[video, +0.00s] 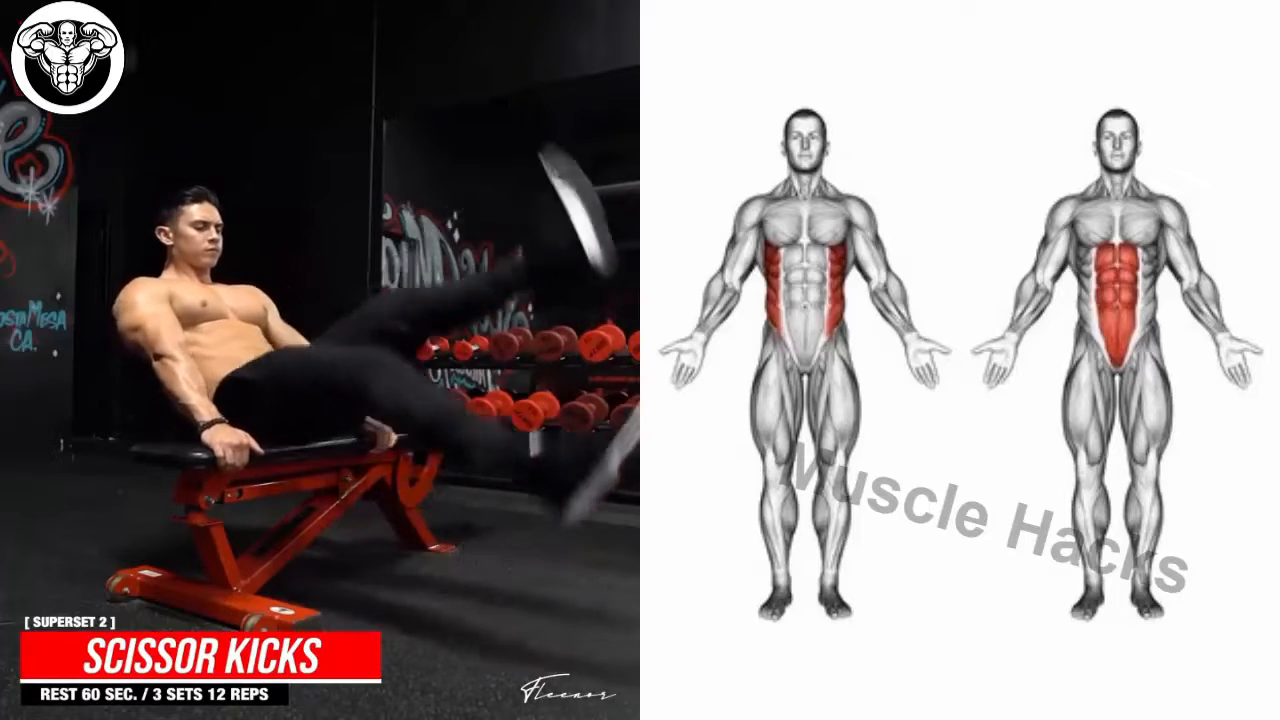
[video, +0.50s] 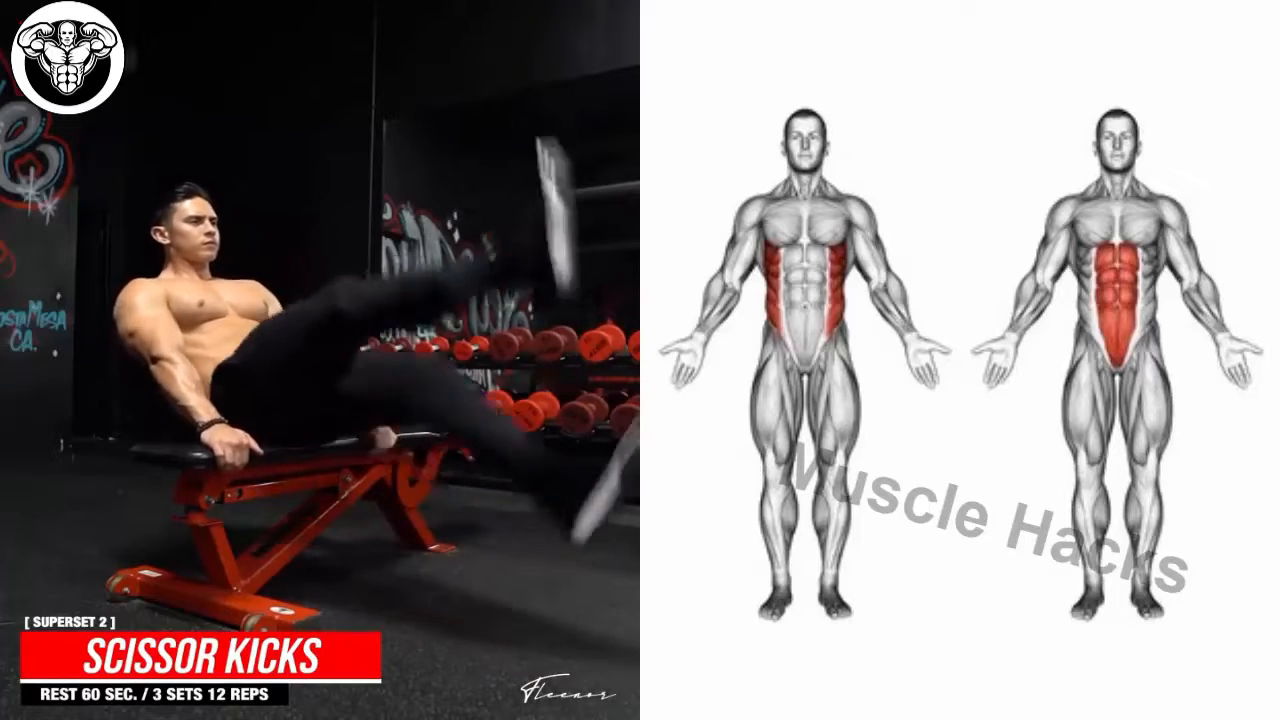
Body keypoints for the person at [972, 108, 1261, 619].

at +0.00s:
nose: (1116, 145)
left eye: (1124, 137)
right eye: (1109, 137)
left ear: (1137, 145)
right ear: (1097, 145)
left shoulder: (1164, 211)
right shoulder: (1070, 211)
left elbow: (1193, 282)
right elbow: (1041, 282)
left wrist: (1221, 335)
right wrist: (1012, 336)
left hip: (1144, 355)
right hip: (1089, 354)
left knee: (1145, 466)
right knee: (1088, 466)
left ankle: (1141, 582)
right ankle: (1092, 583)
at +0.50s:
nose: (1116, 145)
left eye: (1124, 138)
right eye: (1108, 138)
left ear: (1137, 145)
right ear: (1097, 145)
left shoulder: (1164, 211)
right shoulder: (1070, 211)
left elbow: (1193, 282)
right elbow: (1041, 282)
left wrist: (1222, 335)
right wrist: (1012, 336)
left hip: (1144, 355)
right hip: (1089, 354)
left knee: (1145, 466)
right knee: (1088, 466)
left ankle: (1141, 581)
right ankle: (1092, 583)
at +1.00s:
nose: (1116, 145)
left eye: (1124, 138)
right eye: (1108, 138)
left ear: (1137, 145)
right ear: (1097, 145)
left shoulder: (1164, 211)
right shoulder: (1070, 211)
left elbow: (1193, 282)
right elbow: (1041, 281)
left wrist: (1222, 335)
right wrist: (1012, 336)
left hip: (1144, 355)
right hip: (1089, 354)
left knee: (1145, 465)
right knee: (1088, 466)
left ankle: (1141, 581)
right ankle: (1092, 583)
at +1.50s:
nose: (1116, 145)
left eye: (1124, 138)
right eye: (1108, 138)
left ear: (1137, 145)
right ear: (1097, 145)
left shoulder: (1164, 211)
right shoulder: (1070, 211)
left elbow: (1193, 282)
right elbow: (1041, 282)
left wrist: (1221, 335)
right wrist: (1012, 336)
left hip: (1144, 355)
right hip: (1089, 354)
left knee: (1145, 466)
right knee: (1088, 466)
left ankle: (1141, 581)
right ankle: (1092, 583)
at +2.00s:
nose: (1116, 145)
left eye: (1124, 138)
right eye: (1108, 138)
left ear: (1137, 145)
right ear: (1097, 146)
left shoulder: (1164, 211)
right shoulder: (1070, 211)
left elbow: (1193, 282)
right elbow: (1041, 282)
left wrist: (1221, 335)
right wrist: (1012, 336)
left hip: (1144, 355)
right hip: (1089, 354)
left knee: (1145, 466)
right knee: (1088, 466)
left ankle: (1141, 581)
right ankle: (1092, 583)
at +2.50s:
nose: (1116, 146)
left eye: (1124, 138)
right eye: (1109, 138)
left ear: (1137, 145)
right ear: (1097, 145)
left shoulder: (1164, 211)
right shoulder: (1070, 211)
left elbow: (1193, 282)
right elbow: (1041, 282)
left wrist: (1222, 335)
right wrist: (1012, 336)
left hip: (1144, 355)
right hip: (1089, 354)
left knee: (1145, 466)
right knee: (1088, 467)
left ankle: (1141, 581)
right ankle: (1092, 583)